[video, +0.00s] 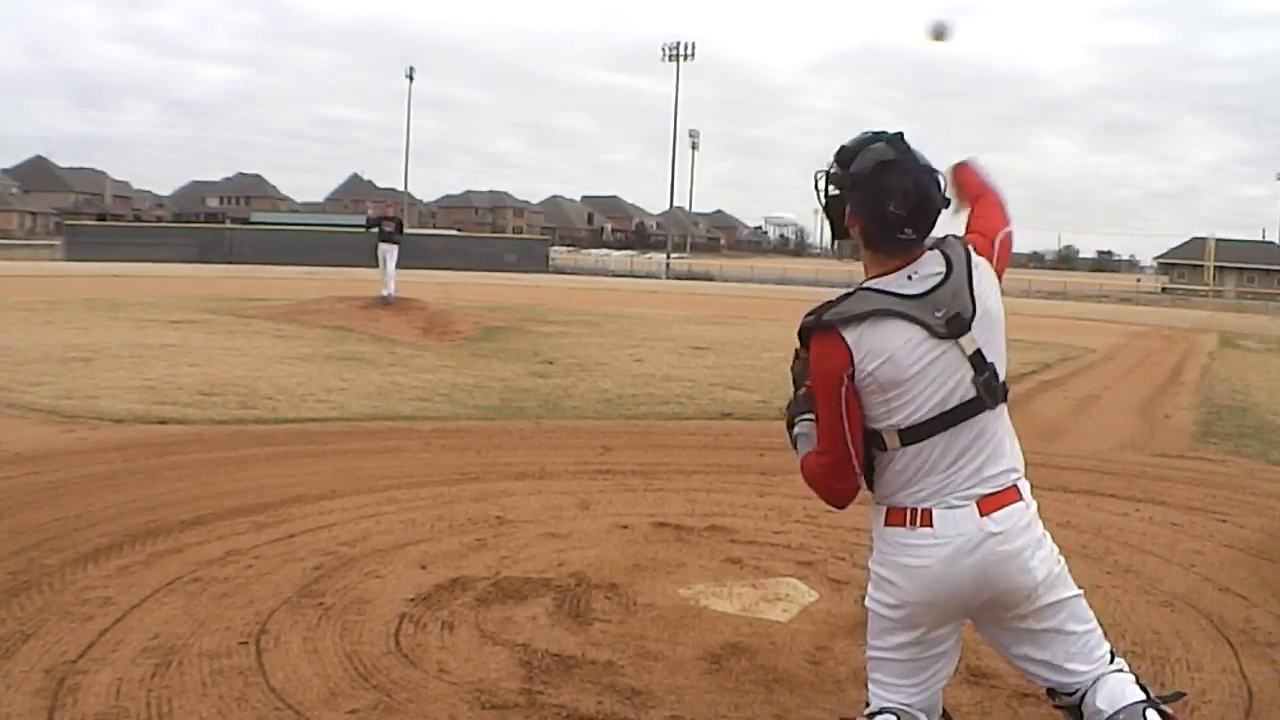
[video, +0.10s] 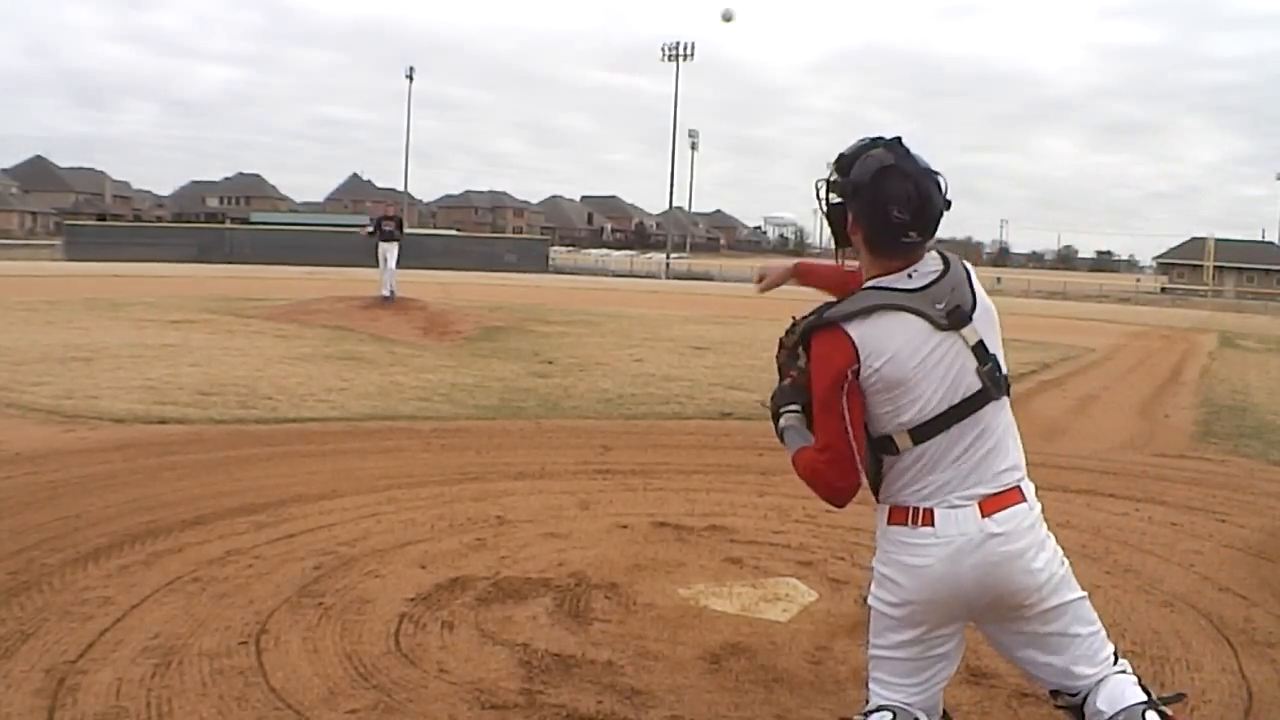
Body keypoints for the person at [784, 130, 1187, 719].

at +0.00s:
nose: (838, 208)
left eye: (842, 197)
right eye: (842, 195)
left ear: (853, 221)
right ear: (925, 214)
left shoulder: (838, 335)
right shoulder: (973, 262)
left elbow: (837, 486)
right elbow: (990, 214)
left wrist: (802, 415)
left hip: (913, 550)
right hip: (1011, 527)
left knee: (897, 706)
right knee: (1098, 678)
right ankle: (1138, 713)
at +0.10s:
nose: (841, 219)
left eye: (842, 205)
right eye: (843, 203)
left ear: (854, 225)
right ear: (924, 220)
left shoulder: (838, 336)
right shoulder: (962, 280)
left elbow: (836, 484)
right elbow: (879, 284)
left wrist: (788, 414)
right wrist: (796, 269)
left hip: (916, 547)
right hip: (1015, 530)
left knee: (898, 706)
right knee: (1102, 680)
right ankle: (1134, 710)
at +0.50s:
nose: (853, 204)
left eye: (857, 194)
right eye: (857, 193)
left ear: (868, 213)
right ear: (935, 211)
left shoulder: (844, 317)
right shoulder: (965, 278)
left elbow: (845, 455)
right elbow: (901, 328)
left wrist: (798, 502)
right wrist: (808, 353)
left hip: (911, 536)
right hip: (1006, 520)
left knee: (899, 707)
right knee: (1076, 697)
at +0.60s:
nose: (861, 205)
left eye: (865, 194)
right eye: (866, 192)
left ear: (876, 211)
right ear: (945, 213)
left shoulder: (846, 308)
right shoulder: (982, 287)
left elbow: (831, 443)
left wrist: (801, 535)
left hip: (909, 535)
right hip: (1005, 521)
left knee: (899, 705)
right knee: (1085, 689)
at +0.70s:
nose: (878, 204)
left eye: (883, 193)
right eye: (881, 192)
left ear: (891, 208)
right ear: (960, 216)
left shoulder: (854, 306)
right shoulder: (1000, 298)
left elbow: (836, 443)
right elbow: (1032, 435)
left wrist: (810, 565)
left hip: (910, 537)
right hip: (1009, 526)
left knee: (899, 705)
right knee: (1086, 687)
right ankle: (1107, 712)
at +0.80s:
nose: (903, 202)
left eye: (909, 192)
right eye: (907, 190)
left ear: (919, 209)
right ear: (986, 216)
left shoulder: (876, 304)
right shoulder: (1027, 303)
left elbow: (851, 441)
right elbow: (1073, 430)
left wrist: (826, 570)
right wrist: (1112, 523)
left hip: (918, 533)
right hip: (1019, 527)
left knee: (900, 705)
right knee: (1068, 702)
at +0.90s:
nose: (945, 206)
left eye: (948, 197)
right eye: (949, 196)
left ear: (957, 212)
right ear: (1025, 225)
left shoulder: (906, 303)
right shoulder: (1060, 310)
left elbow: (873, 434)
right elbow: (1121, 432)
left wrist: (839, 558)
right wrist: (1195, 528)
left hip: (933, 535)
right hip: (1033, 537)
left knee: (901, 703)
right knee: (1050, 709)